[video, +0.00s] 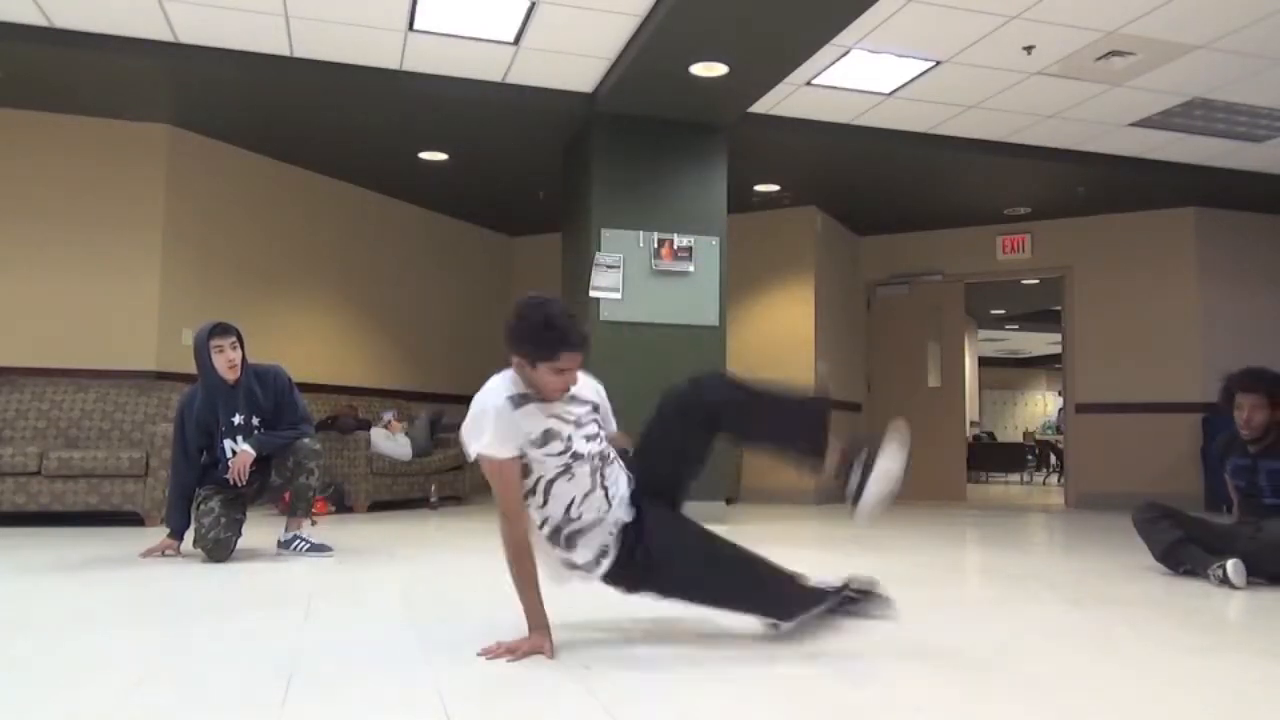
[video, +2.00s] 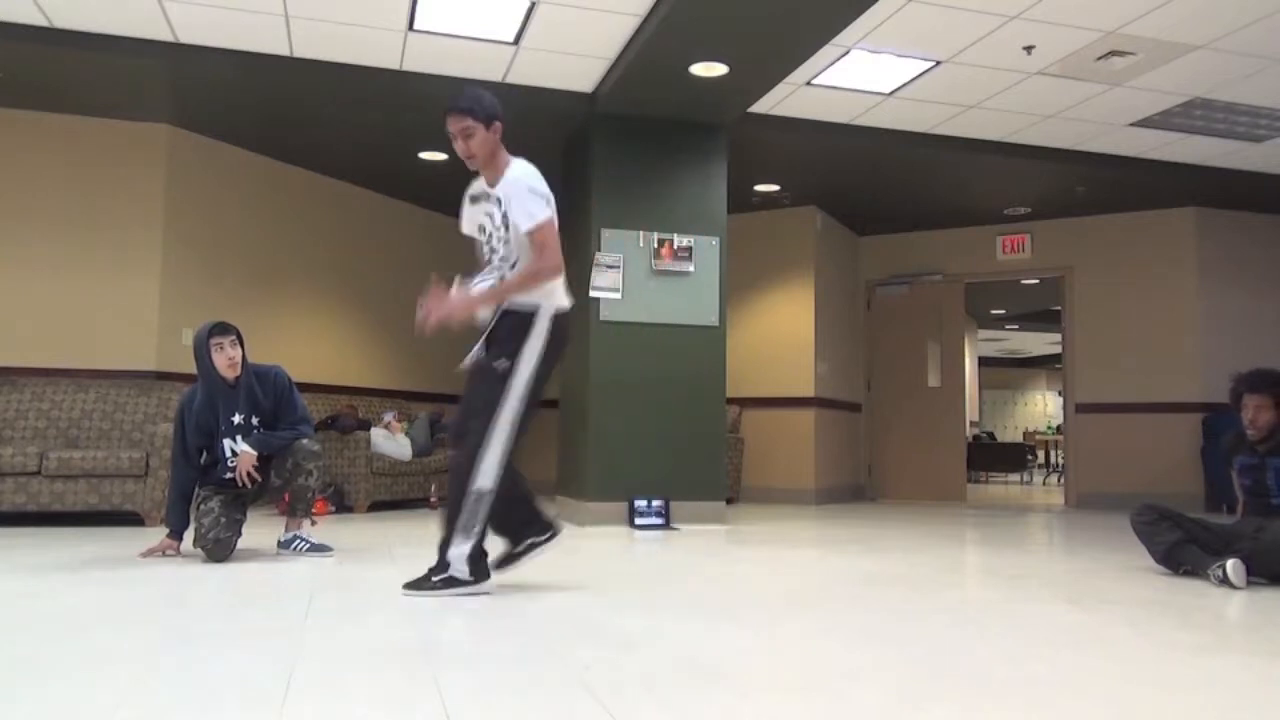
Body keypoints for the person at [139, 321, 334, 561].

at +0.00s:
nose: (230, 356)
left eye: (234, 347)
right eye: (219, 351)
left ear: (242, 350)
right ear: (205, 359)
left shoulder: (272, 380)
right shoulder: (193, 404)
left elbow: (304, 429)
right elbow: (184, 470)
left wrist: (254, 446)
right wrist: (174, 535)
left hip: (265, 477)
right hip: (219, 488)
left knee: (308, 450)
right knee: (215, 549)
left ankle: (292, 534)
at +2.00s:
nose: (231, 354)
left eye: (234, 345)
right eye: (219, 349)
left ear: (242, 349)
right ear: (205, 358)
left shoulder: (272, 380)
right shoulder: (194, 403)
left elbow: (303, 429)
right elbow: (184, 470)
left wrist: (255, 444)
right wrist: (174, 535)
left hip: (266, 477)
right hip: (220, 488)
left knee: (307, 449)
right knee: (215, 549)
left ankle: (292, 535)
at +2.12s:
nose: (231, 354)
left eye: (234, 345)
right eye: (219, 349)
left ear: (242, 349)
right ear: (205, 358)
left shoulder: (272, 380)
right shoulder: (194, 403)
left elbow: (303, 429)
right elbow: (184, 470)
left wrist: (255, 444)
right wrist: (174, 535)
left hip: (266, 477)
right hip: (220, 488)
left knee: (307, 449)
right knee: (215, 549)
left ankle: (292, 535)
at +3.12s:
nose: (230, 358)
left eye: (234, 349)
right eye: (220, 352)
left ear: (243, 351)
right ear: (205, 360)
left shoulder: (272, 380)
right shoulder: (194, 403)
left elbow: (304, 430)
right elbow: (184, 470)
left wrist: (256, 445)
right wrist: (174, 535)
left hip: (267, 476)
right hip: (221, 488)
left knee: (308, 450)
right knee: (215, 549)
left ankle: (292, 534)